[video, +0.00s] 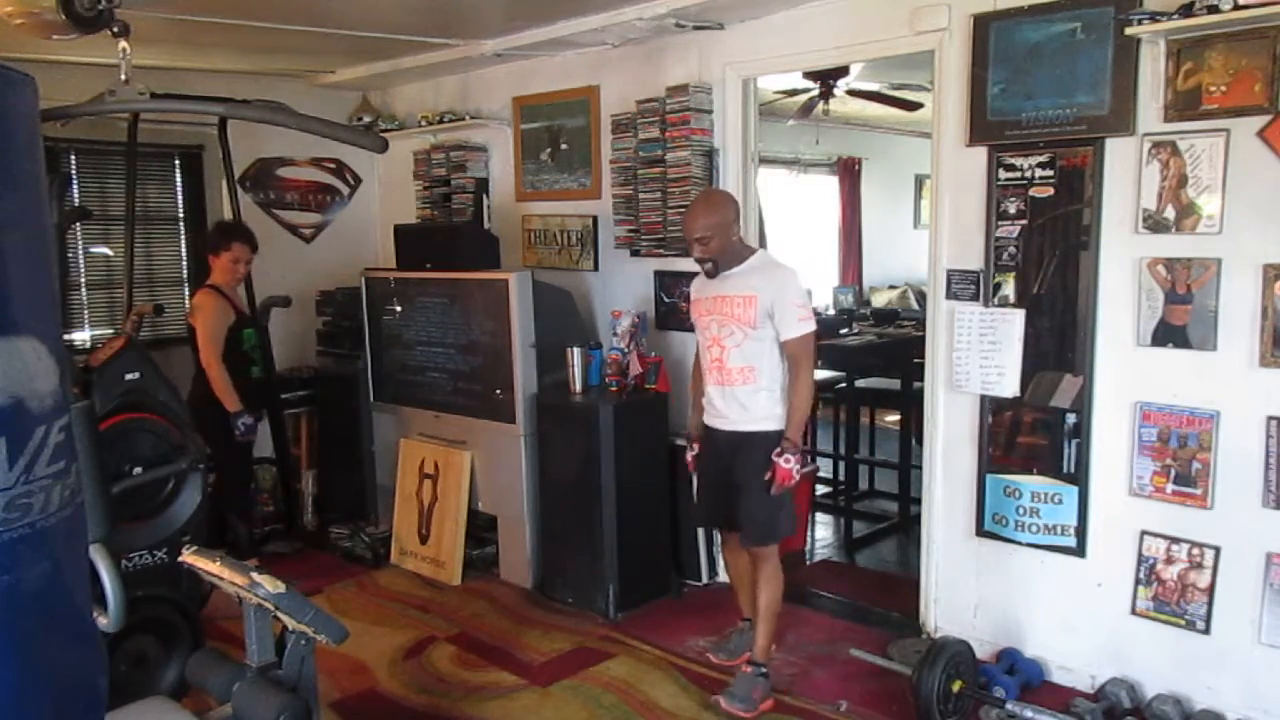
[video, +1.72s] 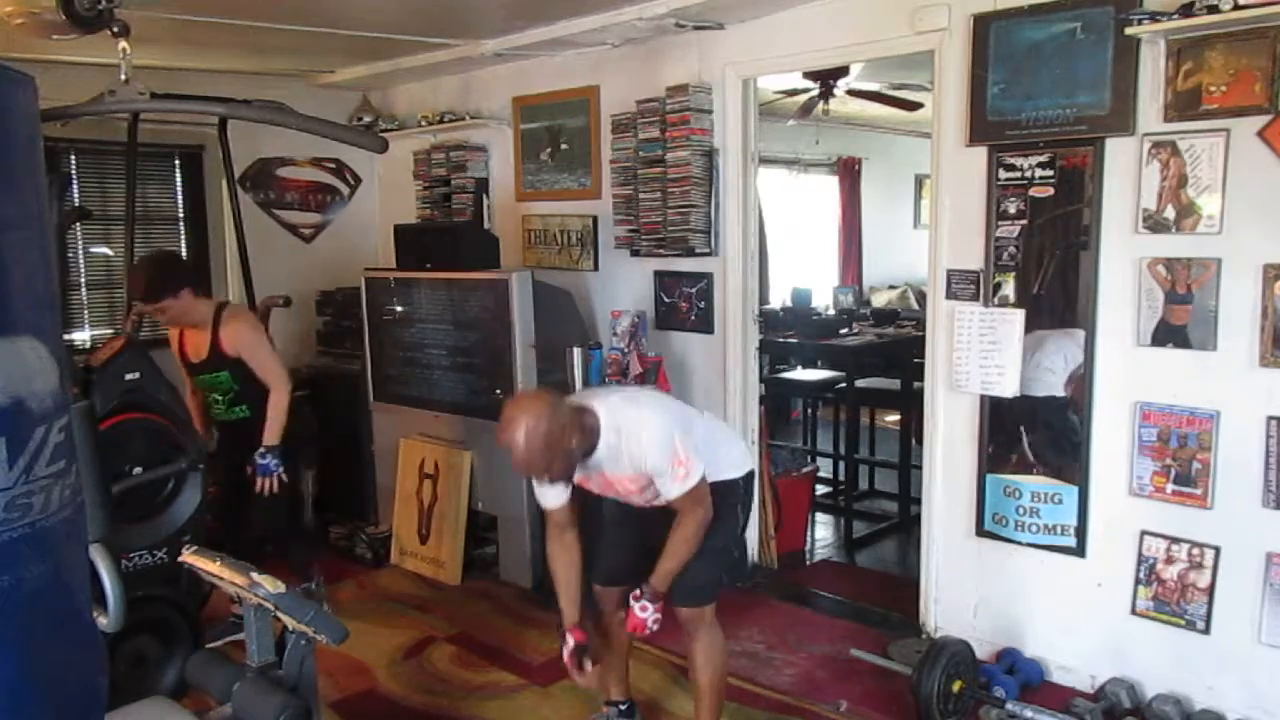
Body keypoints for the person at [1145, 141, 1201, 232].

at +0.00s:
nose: (1157, 158)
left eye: (1159, 153)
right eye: (1155, 156)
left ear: (1168, 150)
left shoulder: (1175, 161)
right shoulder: (1164, 167)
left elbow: (1171, 187)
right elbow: (1161, 189)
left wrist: (1160, 213)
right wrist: (1157, 212)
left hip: (1189, 210)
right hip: (1180, 212)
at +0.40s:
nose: (1157, 158)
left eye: (1159, 153)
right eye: (1155, 155)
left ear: (1168, 150)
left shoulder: (1175, 161)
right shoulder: (1164, 166)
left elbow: (1170, 187)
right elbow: (1161, 188)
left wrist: (1160, 213)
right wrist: (1157, 212)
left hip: (1190, 210)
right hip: (1180, 212)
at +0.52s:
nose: (1157, 158)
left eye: (1159, 153)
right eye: (1155, 156)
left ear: (1168, 150)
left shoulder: (1175, 161)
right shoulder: (1164, 166)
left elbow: (1170, 187)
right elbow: (1161, 188)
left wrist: (1160, 213)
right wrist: (1157, 212)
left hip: (1190, 211)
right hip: (1180, 212)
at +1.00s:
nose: (1157, 158)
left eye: (1159, 153)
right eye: (1155, 156)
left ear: (1168, 150)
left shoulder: (1175, 161)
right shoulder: (1164, 166)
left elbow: (1170, 187)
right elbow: (1161, 188)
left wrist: (1160, 213)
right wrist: (1157, 212)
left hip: (1190, 210)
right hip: (1180, 212)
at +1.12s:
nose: (1157, 158)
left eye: (1159, 153)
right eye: (1155, 156)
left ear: (1168, 150)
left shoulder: (1174, 161)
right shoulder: (1164, 165)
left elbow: (1171, 187)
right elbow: (1161, 187)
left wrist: (1160, 212)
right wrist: (1157, 211)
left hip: (1190, 210)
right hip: (1180, 211)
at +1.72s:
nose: (1157, 158)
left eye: (1159, 154)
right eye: (1155, 156)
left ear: (1168, 150)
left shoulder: (1175, 161)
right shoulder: (1164, 166)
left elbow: (1170, 187)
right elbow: (1161, 188)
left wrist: (1160, 212)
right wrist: (1157, 211)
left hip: (1190, 210)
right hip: (1180, 211)